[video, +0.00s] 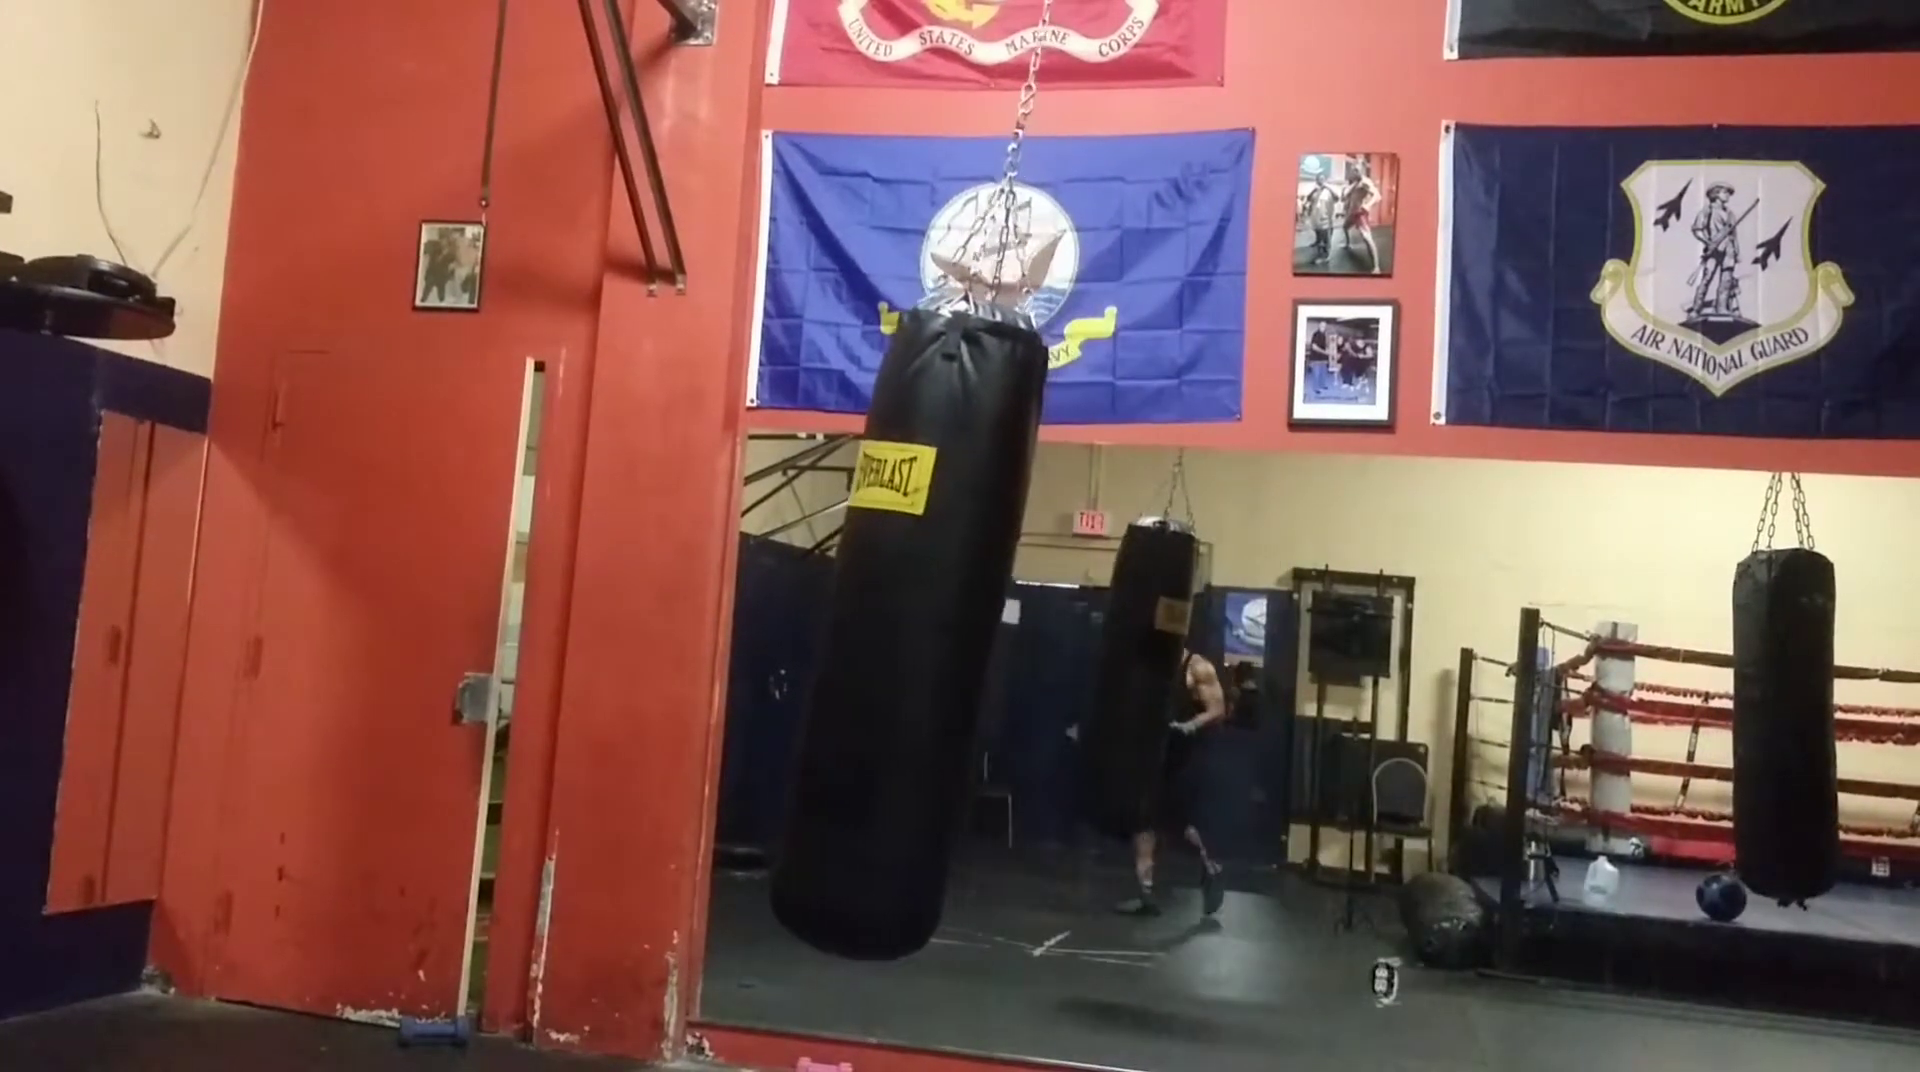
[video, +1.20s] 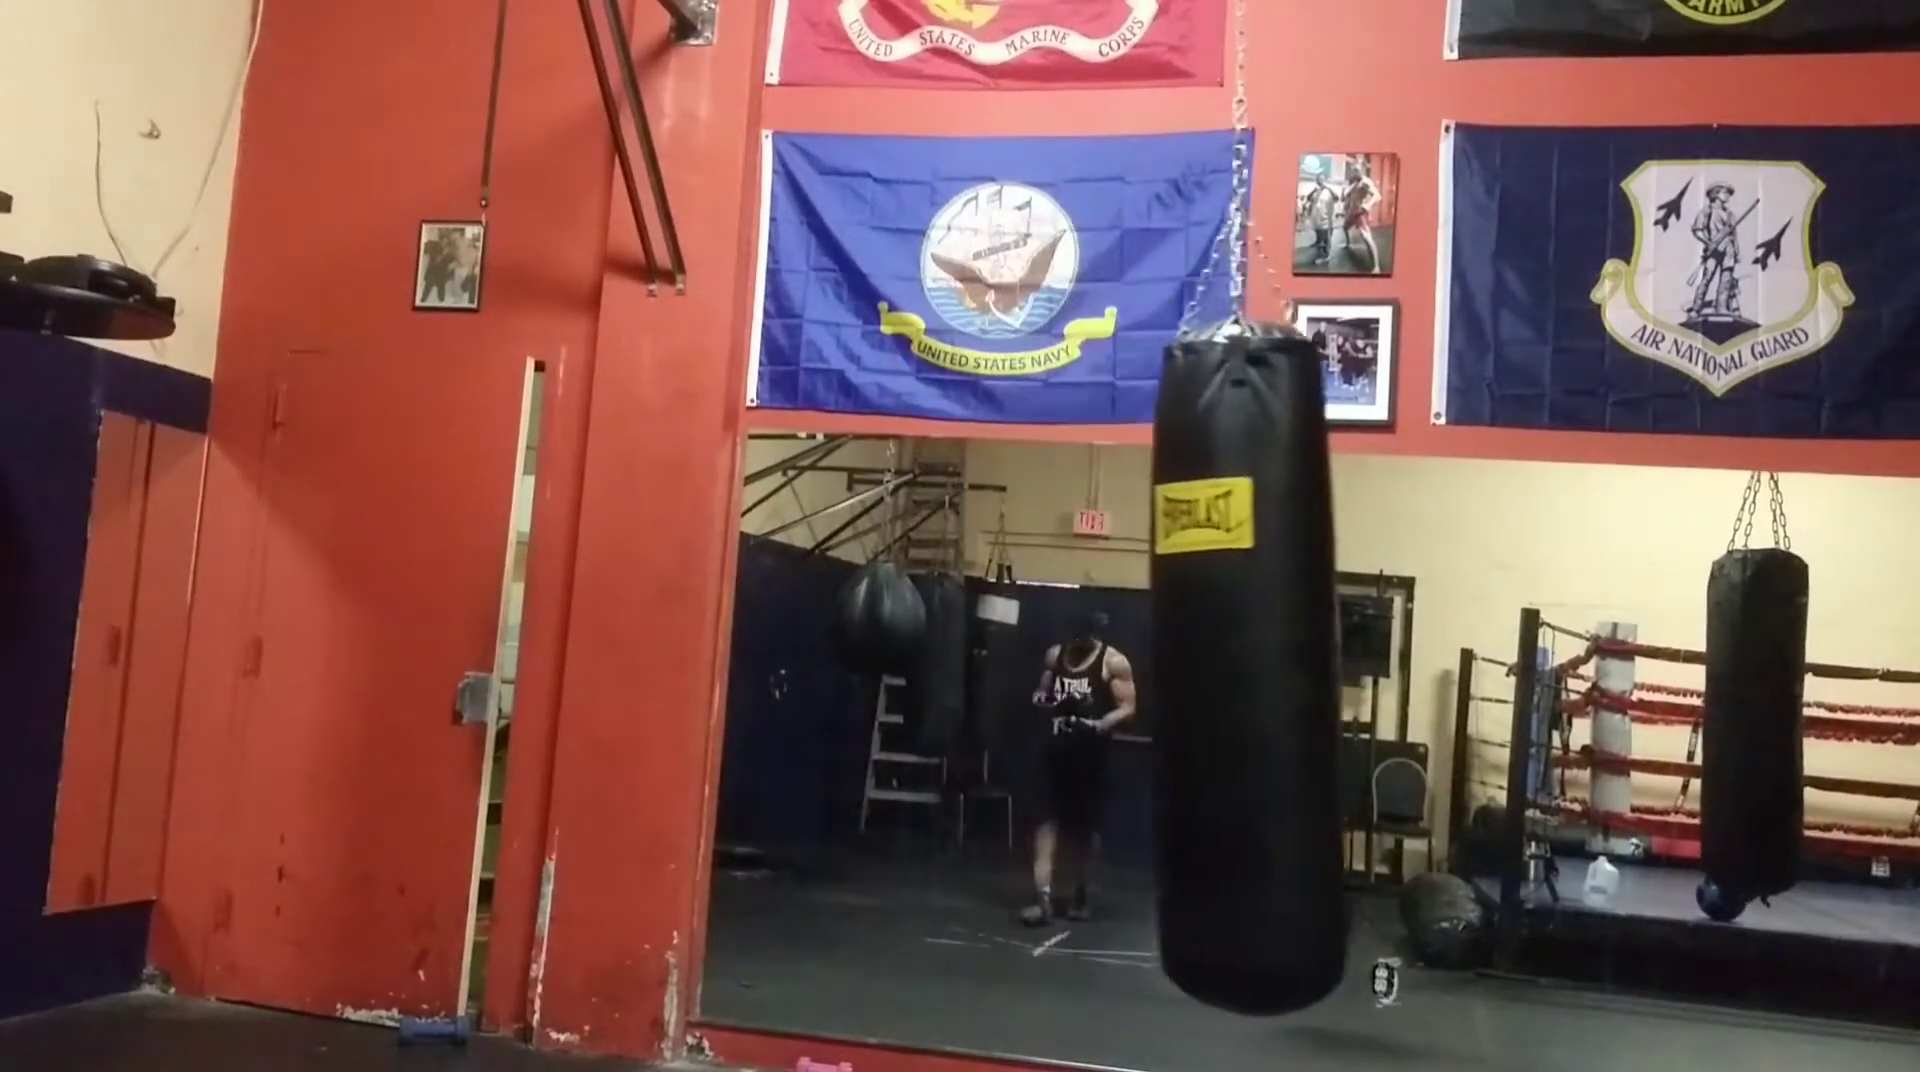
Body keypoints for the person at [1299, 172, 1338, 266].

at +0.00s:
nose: (1320, 182)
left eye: (1321, 180)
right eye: (1318, 180)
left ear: (1324, 180)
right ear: (1316, 181)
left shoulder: (1328, 191)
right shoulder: (1315, 192)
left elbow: (1336, 199)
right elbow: (1309, 199)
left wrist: (1328, 188)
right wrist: (1314, 191)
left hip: (1326, 217)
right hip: (1315, 217)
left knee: (1325, 239)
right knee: (1318, 238)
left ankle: (1325, 255)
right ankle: (1319, 254)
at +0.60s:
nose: (1320, 182)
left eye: (1322, 180)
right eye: (1318, 180)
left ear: (1324, 180)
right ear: (1316, 181)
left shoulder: (1328, 192)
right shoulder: (1315, 192)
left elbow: (1336, 199)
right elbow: (1308, 199)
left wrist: (1329, 189)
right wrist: (1314, 192)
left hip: (1325, 217)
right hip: (1315, 217)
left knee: (1325, 239)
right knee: (1318, 238)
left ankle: (1325, 255)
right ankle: (1318, 254)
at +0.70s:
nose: (1320, 182)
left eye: (1322, 180)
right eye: (1318, 180)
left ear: (1324, 180)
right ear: (1316, 181)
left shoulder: (1328, 192)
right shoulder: (1314, 192)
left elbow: (1335, 200)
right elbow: (1309, 200)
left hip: (1325, 217)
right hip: (1315, 217)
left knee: (1325, 239)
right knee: (1318, 238)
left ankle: (1325, 255)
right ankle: (1318, 254)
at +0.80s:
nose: (1320, 182)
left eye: (1322, 180)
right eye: (1318, 180)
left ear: (1325, 180)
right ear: (1316, 181)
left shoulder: (1329, 191)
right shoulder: (1314, 192)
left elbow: (1335, 199)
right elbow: (1309, 199)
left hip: (1325, 217)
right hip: (1315, 217)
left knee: (1325, 239)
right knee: (1318, 238)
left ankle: (1325, 255)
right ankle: (1319, 254)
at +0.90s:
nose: (1320, 183)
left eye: (1321, 180)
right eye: (1318, 181)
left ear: (1325, 181)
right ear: (1316, 181)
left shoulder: (1328, 192)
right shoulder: (1315, 192)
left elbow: (1336, 199)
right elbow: (1309, 199)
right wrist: (1314, 192)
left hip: (1325, 217)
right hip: (1315, 216)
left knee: (1324, 238)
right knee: (1318, 236)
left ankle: (1324, 255)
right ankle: (1318, 253)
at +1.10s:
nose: (1319, 182)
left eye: (1321, 180)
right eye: (1318, 180)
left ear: (1324, 180)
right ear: (1316, 181)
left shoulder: (1329, 192)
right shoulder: (1315, 192)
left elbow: (1336, 198)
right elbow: (1309, 199)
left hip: (1325, 218)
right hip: (1316, 217)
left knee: (1325, 239)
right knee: (1318, 238)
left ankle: (1325, 255)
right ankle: (1318, 253)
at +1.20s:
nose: (1320, 183)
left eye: (1321, 180)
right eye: (1318, 180)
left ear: (1324, 180)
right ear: (1316, 181)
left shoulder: (1329, 192)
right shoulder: (1315, 192)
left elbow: (1336, 199)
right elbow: (1309, 199)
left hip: (1325, 216)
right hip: (1316, 216)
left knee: (1325, 239)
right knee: (1318, 237)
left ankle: (1324, 255)